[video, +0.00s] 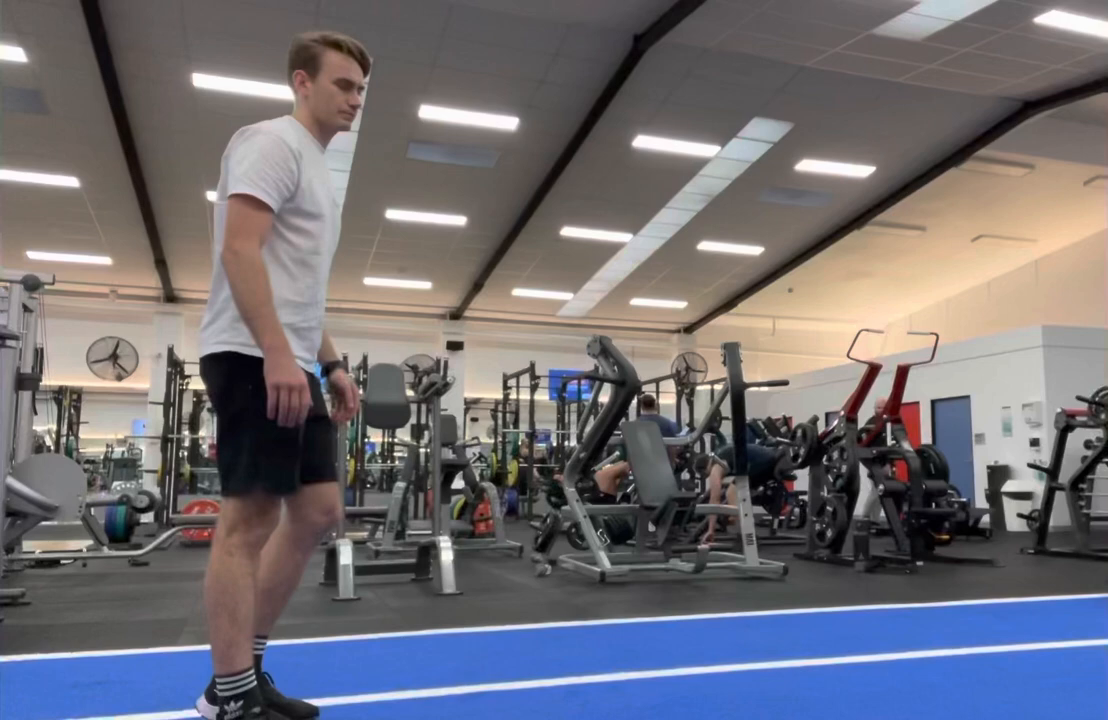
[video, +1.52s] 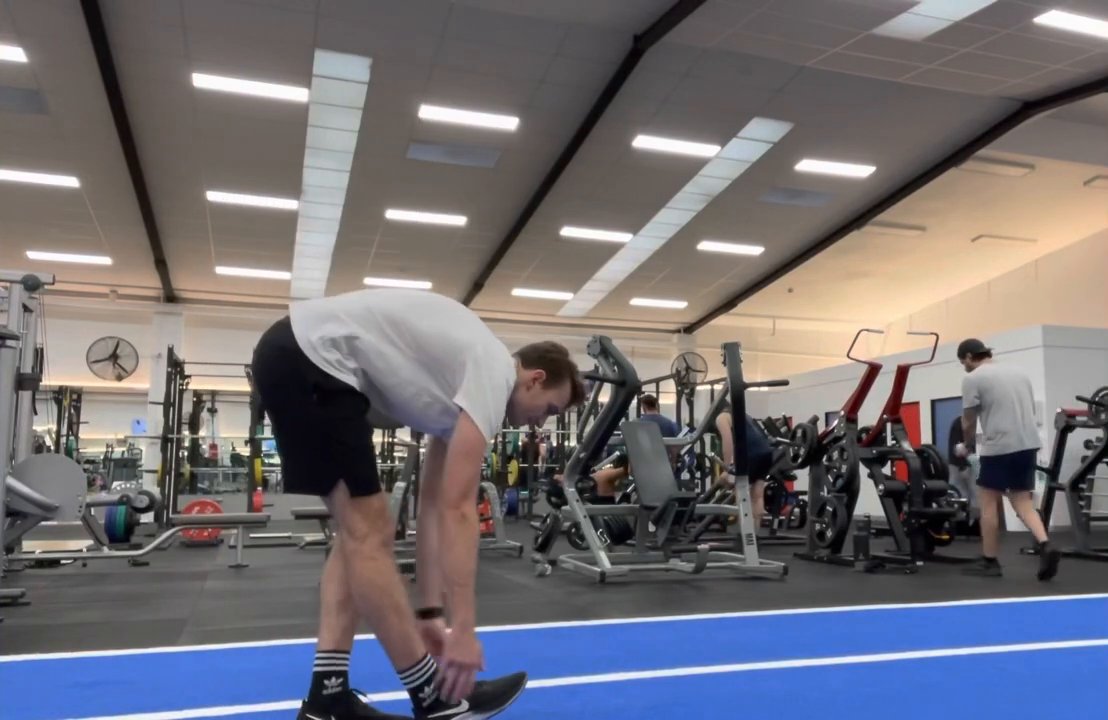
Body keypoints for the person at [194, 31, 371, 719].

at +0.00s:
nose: (354, 99)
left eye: (360, 90)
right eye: (343, 85)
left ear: (357, 96)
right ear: (302, 83)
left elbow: (301, 278)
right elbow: (239, 250)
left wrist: (329, 360)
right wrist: (277, 353)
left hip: (296, 361)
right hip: (250, 355)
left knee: (316, 512)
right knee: (247, 520)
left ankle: (243, 666)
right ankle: (230, 689)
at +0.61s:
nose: (436, 134)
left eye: (439, 123)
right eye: (432, 118)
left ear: (396, 109)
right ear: (397, 104)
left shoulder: (366, 160)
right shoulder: (361, 151)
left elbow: (321, 270)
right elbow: (325, 257)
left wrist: (351, 372)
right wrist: (358, 366)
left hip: (320, 358)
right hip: (298, 354)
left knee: (344, 516)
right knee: (308, 523)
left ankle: (325, 691)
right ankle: (245, 701)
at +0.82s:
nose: (483, 189)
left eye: (488, 179)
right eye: (482, 174)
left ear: (448, 155)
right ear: (453, 154)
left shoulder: (378, 179)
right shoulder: (408, 184)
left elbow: (328, 278)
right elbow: (354, 280)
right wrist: (360, 393)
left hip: (287, 355)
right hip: (315, 358)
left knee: (338, 521)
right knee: (391, 507)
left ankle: (320, 679)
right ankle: (318, 680)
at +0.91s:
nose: (504, 228)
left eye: (510, 220)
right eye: (504, 213)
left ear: (474, 196)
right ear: (477, 191)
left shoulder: (417, 212)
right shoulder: (431, 215)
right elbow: (371, 306)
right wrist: (359, 422)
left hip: (288, 354)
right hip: (310, 355)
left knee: (342, 524)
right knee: (385, 509)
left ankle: (325, 688)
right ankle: (392, 687)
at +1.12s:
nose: (532, 317)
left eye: (539, 308)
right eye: (536, 303)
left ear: (508, 281)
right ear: (513, 279)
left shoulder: (453, 286)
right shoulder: (460, 289)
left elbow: (385, 392)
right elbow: (396, 393)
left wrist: (369, 500)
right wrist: (368, 505)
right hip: (300, 361)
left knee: (351, 523)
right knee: (370, 527)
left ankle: (327, 692)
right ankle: (432, 691)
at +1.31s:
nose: (538, 392)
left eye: (548, 385)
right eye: (545, 379)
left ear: (523, 348)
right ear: (527, 350)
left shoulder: (469, 343)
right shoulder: (478, 349)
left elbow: (402, 467)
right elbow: (418, 468)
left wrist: (393, 574)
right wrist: (396, 585)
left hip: (290, 354)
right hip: (301, 360)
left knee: (350, 532)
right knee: (363, 535)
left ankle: (327, 693)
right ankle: (429, 693)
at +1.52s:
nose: (541, 421)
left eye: (551, 415)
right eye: (549, 408)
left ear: (531, 375)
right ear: (534, 379)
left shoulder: (467, 372)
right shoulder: (490, 369)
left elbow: (433, 504)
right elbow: (457, 507)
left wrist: (429, 613)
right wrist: (464, 630)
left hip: (298, 354)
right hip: (310, 358)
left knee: (356, 529)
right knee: (369, 530)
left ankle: (327, 692)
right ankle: (434, 695)